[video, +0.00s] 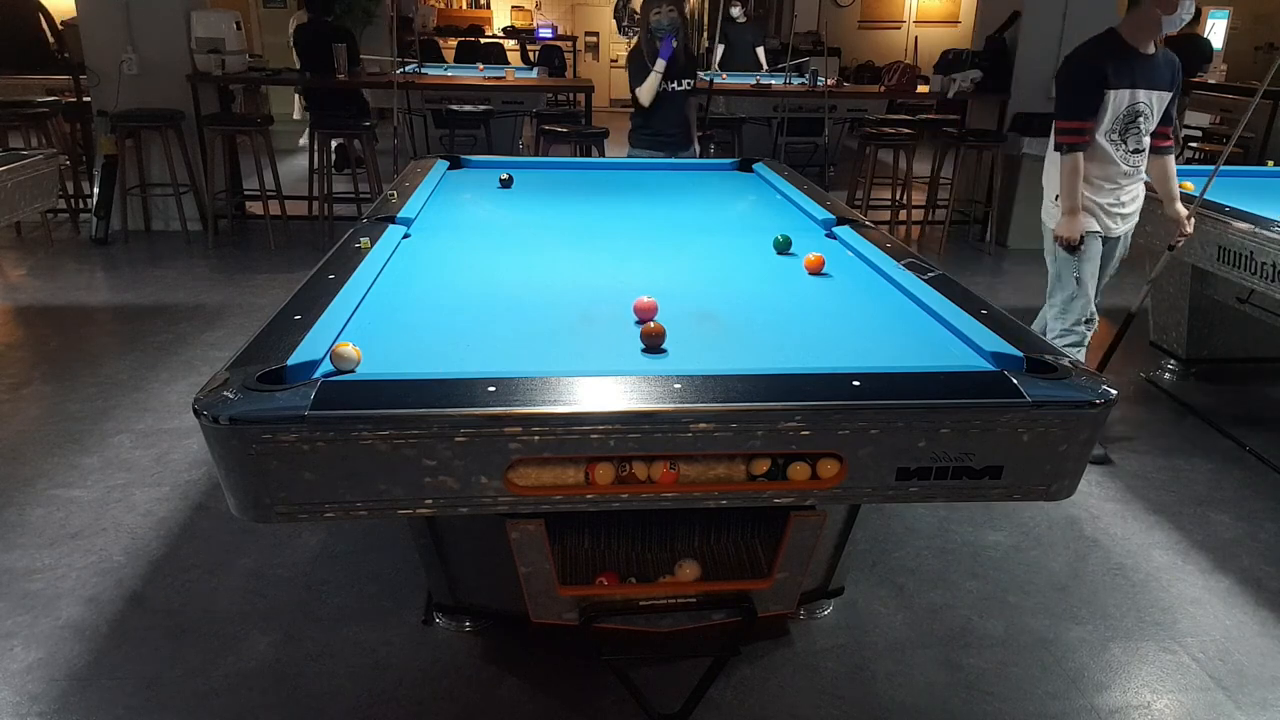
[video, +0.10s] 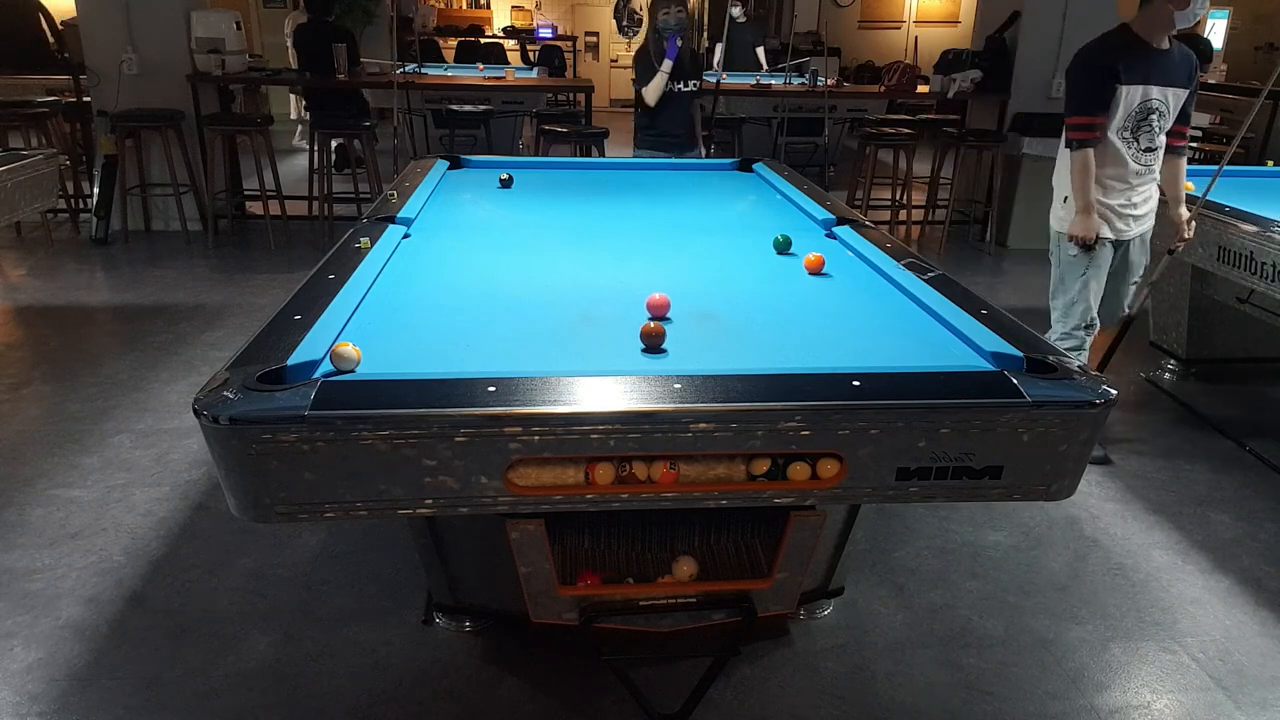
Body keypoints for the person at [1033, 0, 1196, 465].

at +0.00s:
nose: (1179, 13)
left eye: (1181, 7)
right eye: (1173, 5)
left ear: (1166, 11)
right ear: (1146, 3)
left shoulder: (1168, 67)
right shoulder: (1087, 61)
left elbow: (1160, 144)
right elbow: (1070, 146)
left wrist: (1173, 203)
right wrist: (1069, 211)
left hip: (1122, 215)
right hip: (1076, 211)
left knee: (1070, 312)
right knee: (1074, 320)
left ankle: (1014, 383)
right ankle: (1067, 430)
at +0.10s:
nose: (1192, 9)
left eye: (1193, 4)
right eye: (1187, 3)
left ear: (1176, 8)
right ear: (1167, 2)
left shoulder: (1186, 65)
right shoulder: (1097, 58)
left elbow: (1175, 147)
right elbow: (1080, 142)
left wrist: (1176, 207)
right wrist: (1083, 210)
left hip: (1139, 218)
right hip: (1086, 215)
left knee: (1111, 321)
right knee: (1074, 329)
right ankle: (1065, 436)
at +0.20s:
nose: (1206, 11)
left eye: (1208, 5)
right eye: (1201, 4)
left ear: (1192, 7)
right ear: (1177, 3)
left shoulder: (1199, 65)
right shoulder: (1108, 59)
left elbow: (1188, 149)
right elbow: (1089, 144)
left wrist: (1184, 212)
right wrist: (1097, 212)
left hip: (1154, 223)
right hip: (1093, 219)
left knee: (1141, 319)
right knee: (1080, 330)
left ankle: (1087, 371)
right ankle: (1071, 435)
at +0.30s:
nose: (1225, 9)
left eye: (1226, 4)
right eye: (1220, 3)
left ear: (1209, 8)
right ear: (1196, 2)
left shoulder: (1212, 66)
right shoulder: (1123, 57)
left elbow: (1198, 152)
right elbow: (1103, 146)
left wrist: (1193, 214)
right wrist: (1107, 218)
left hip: (1171, 227)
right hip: (1105, 222)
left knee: (1172, 328)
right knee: (1083, 330)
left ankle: (1106, 402)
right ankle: (1072, 427)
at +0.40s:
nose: (1243, 11)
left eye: (1244, 5)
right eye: (1238, 3)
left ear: (1225, 7)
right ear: (1213, 2)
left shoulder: (1229, 71)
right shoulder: (1138, 58)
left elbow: (1213, 156)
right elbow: (1119, 149)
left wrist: (1207, 223)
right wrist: (1119, 224)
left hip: (1186, 234)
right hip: (1118, 230)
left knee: (1187, 344)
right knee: (1089, 341)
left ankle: (1157, 448)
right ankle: (1066, 436)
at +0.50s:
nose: (1263, 17)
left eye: (1263, 10)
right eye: (1255, 8)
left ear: (1245, 11)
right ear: (1224, 6)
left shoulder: (1252, 78)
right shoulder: (1161, 67)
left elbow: (1234, 163)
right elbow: (1136, 160)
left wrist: (1230, 227)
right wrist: (1131, 237)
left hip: (1206, 244)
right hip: (1139, 240)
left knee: (1203, 361)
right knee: (1097, 349)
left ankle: (1207, 476)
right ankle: (1066, 438)